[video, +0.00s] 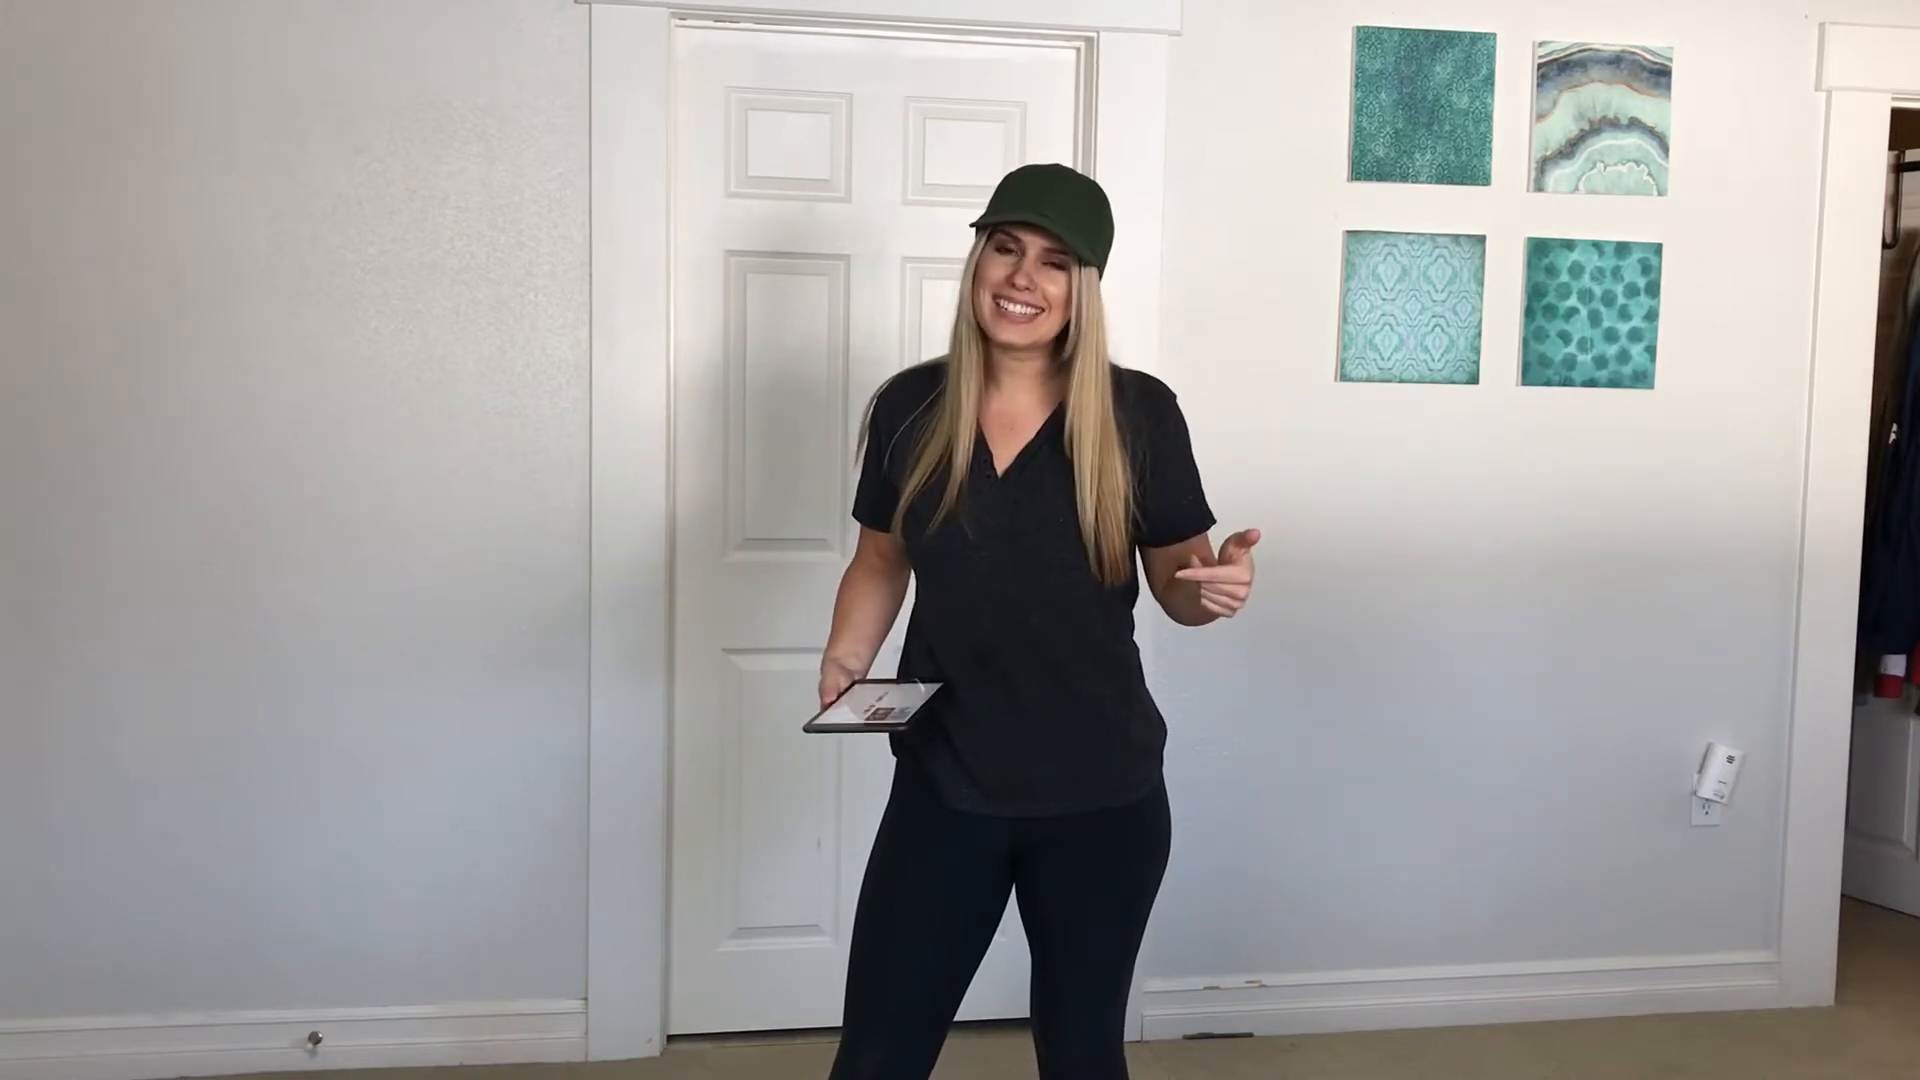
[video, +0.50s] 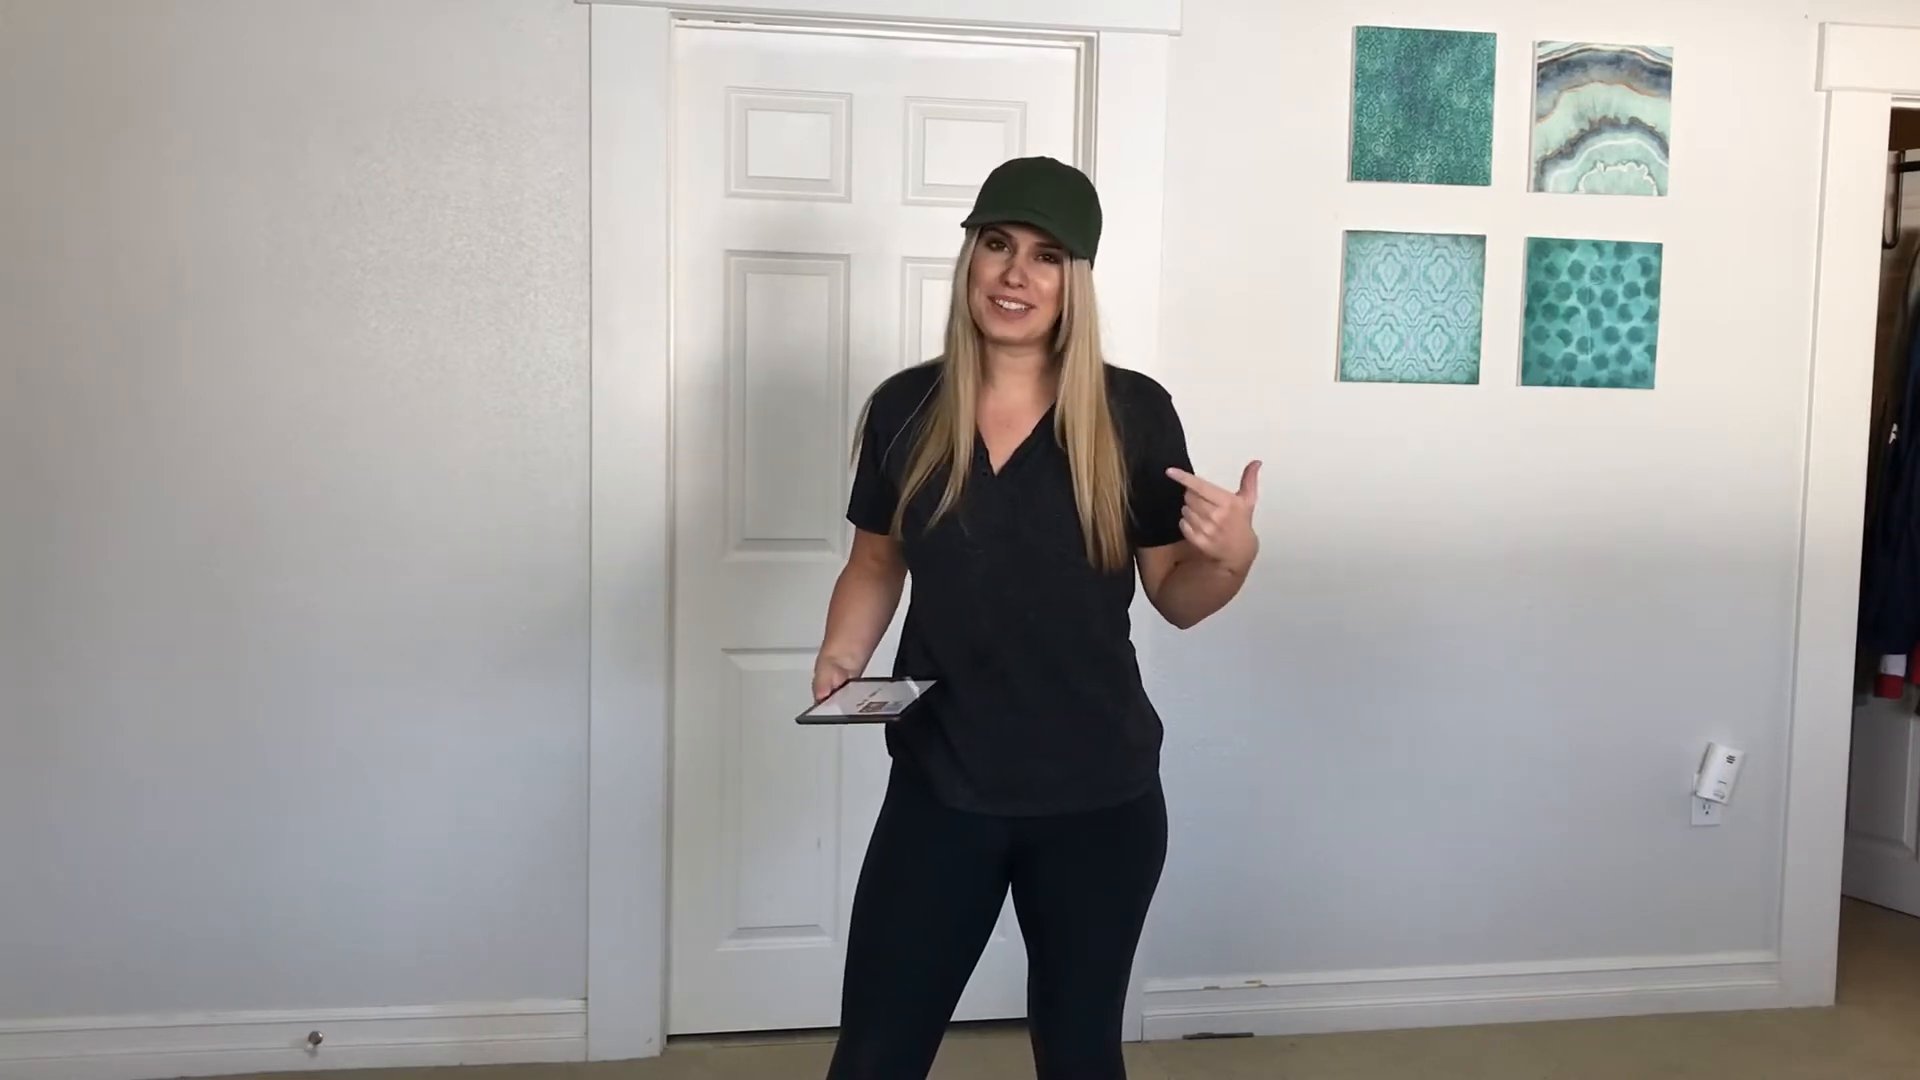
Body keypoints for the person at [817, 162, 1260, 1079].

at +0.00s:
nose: (1022, 277)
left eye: (1053, 262)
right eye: (1006, 249)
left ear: (1084, 288)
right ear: (975, 260)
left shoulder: (1136, 412)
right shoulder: (911, 407)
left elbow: (1175, 583)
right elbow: (879, 562)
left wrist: (1217, 583)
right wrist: (845, 659)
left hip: (1099, 793)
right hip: (946, 787)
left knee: (1080, 1055)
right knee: (876, 1057)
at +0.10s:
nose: (1026, 276)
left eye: (1057, 261)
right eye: (1009, 248)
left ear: (1085, 287)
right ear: (976, 260)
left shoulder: (1136, 412)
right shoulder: (911, 406)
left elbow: (1173, 584)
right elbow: (877, 561)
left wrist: (1213, 582)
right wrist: (843, 660)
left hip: (1099, 791)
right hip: (945, 785)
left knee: (1079, 1057)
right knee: (877, 1057)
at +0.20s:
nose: (1027, 274)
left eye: (1057, 259)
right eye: (1010, 248)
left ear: (1085, 286)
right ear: (978, 261)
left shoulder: (1134, 412)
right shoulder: (910, 406)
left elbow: (1175, 597)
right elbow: (875, 562)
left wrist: (1215, 563)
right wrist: (841, 660)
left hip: (1097, 793)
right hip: (944, 787)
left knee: (1080, 1055)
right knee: (876, 1056)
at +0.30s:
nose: (1019, 271)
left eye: (1050, 255)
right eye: (1003, 244)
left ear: (1081, 283)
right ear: (973, 259)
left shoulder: (1132, 412)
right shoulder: (907, 409)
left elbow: (1175, 599)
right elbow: (871, 562)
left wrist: (1227, 533)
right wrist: (840, 661)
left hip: (1096, 793)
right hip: (942, 788)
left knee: (1079, 1053)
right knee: (876, 1056)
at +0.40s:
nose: (1016, 273)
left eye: (1046, 256)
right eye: (1000, 244)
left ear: (1077, 281)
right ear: (970, 257)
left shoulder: (1131, 410)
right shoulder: (907, 408)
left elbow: (1180, 596)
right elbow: (871, 562)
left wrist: (1233, 543)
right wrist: (837, 662)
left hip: (1095, 792)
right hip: (942, 786)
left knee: (1078, 1057)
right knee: (874, 1058)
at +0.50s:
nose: (1015, 272)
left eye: (1044, 256)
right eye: (998, 246)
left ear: (1076, 281)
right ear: (967, 261)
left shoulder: (1132, 411)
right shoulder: (907, 408)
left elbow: (1178, 598)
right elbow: (875, 562)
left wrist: (1229, 559)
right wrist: (840, 658)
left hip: (1096, 792)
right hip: (943, 786)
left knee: (1078, 1055)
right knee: (875, 1056)